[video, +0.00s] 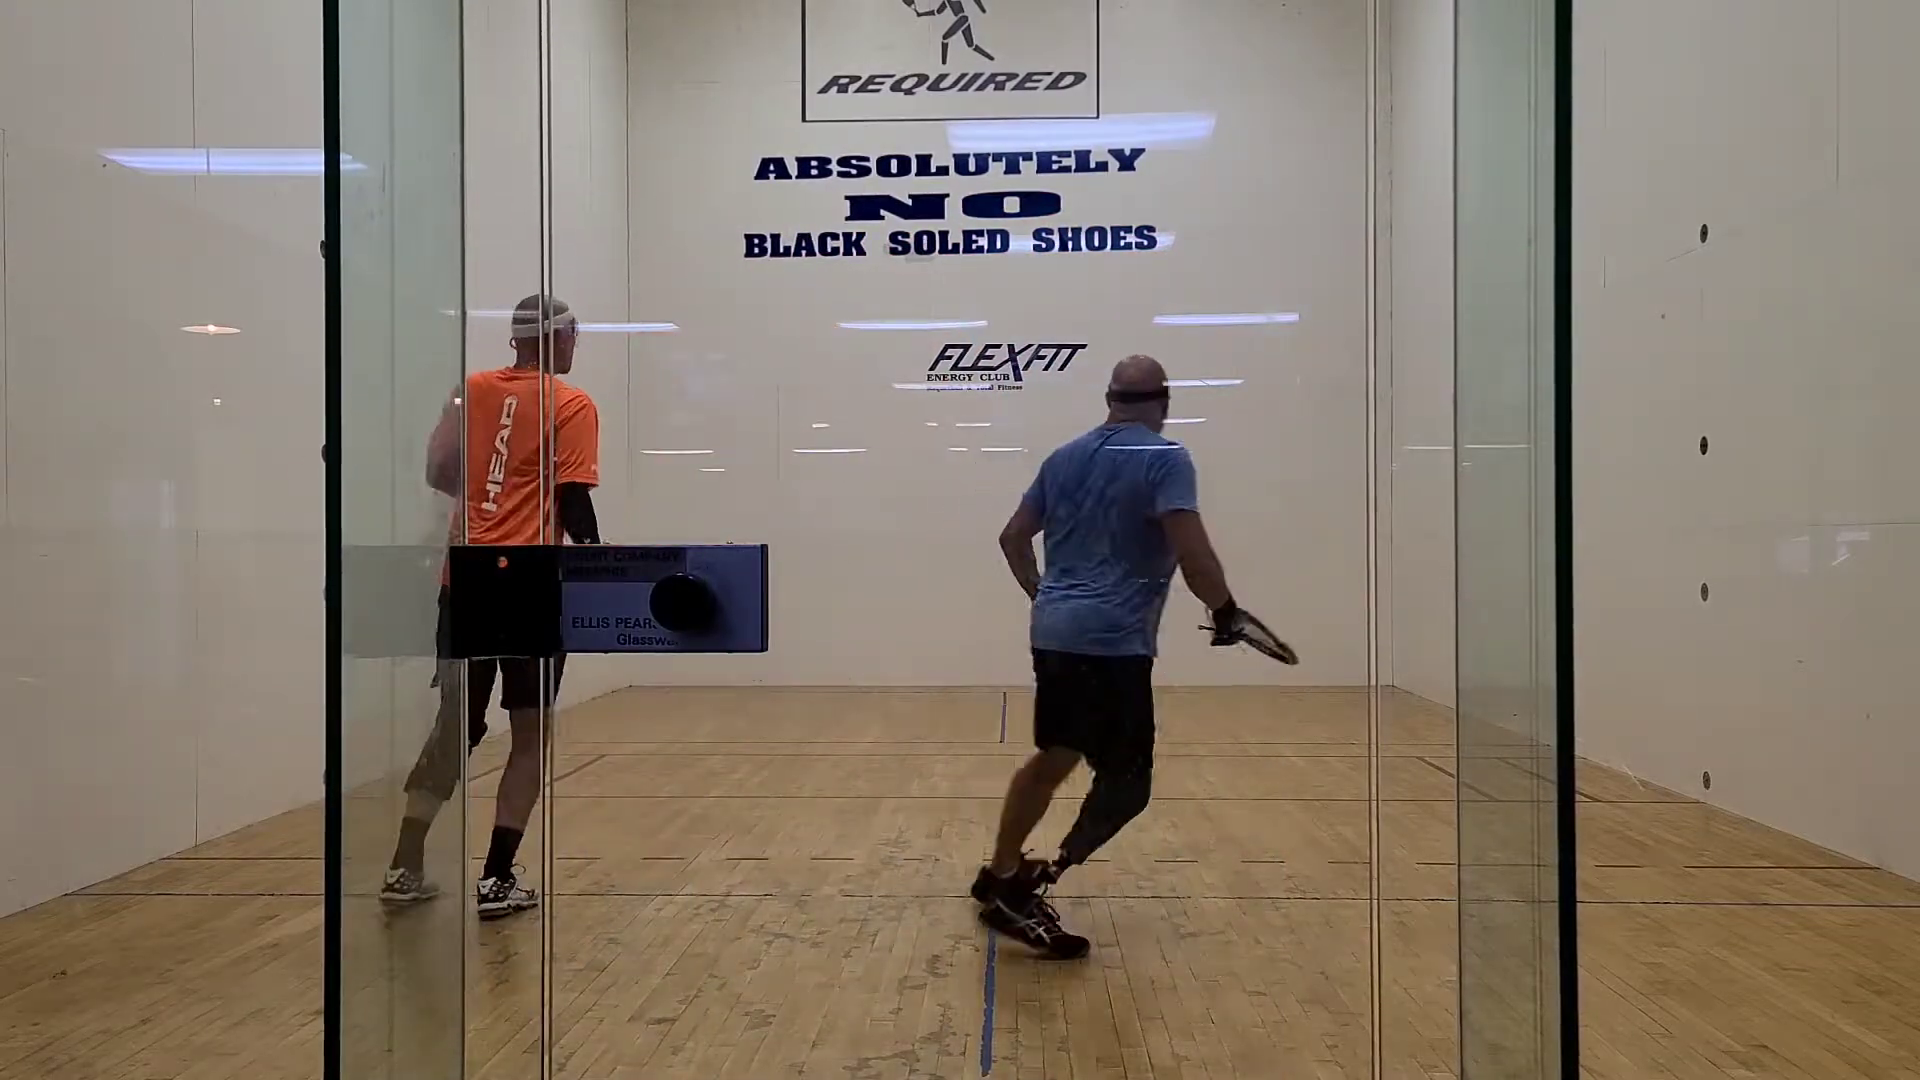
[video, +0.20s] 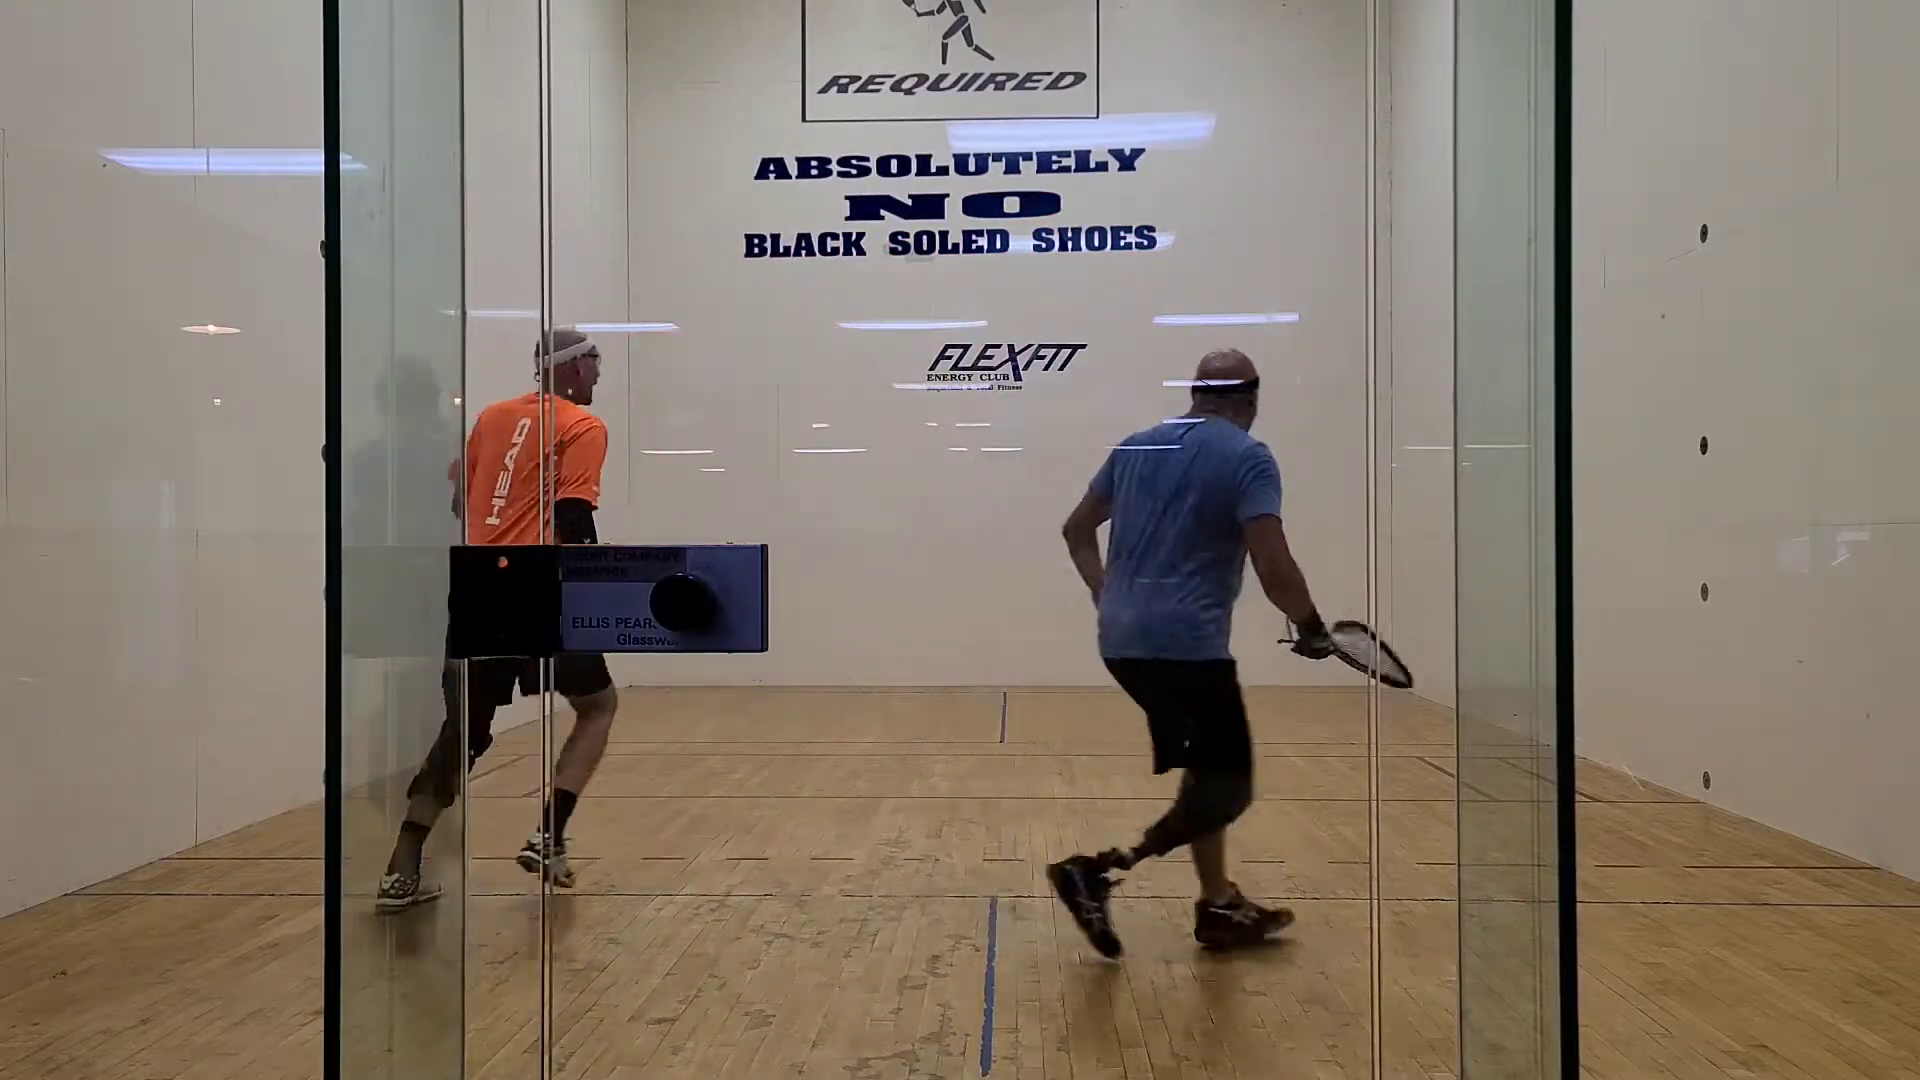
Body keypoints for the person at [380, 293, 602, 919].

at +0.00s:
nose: (575, 346)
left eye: (572, 335)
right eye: (572, 337)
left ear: (515, 339)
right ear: (561, 339)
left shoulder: (472, 390)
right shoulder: (573, 405)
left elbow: (439, 470)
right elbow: (572, 500)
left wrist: (495, 492)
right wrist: (601, 566)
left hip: (468, 578)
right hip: (537, 582)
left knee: (458, 725)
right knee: (529, 739)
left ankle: (405, 867)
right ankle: (497, 879)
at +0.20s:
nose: (598, 376)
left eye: (597, 365)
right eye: (595, 365)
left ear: (542, 368)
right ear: (573, 368)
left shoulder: (491, 416)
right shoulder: (584, 427)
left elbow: (459, 496)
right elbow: (572, 520)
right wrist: (599, 596)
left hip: (475, 595)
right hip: (540, 599)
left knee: (463, 731)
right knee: (597, 704)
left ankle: (402, 869)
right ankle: (550, 837)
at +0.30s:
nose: (632, 370)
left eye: (630, 361)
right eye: (626, 361)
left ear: (579, 369)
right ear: (603, 367)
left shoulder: (526, 412)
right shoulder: (610, 424)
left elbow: (496, 475)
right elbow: (594, 511)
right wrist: (621, 589)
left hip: (488, 587)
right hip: (553, 592)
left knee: (473, 725)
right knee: (627, 696)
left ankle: (404, 866)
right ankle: (610, 842)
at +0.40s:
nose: (671, 376)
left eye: (669, 366)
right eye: (664, 366)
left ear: (619, 375)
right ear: (636, 373)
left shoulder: (570, 415)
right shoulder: (643, 426)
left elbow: (545, 506)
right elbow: (626, 514)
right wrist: (658, 595)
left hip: (517, 582)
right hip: (581, 586)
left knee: (489, 726)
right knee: (652, 700)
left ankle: (409, 858)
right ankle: (663, 848)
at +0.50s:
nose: (713, 377)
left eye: (709, 367)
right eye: (705, 368)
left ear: (661, 378)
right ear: (674, 376)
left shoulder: (614, 418)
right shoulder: (679, 431)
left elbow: (593, 510)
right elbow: (661, 521)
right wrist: (696, 596)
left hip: (567, 591)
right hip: (624, 597)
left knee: (526, 723)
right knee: (683, 710)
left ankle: (429, 839)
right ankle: (669, 853)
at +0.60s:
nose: (744, 372)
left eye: (742, 363)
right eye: (737, 363)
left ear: (693, 370)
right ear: (706, 368)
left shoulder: (649, 412)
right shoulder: (708, 422)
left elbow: (631, 501)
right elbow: (694, 510)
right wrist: (726, 586)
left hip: (601, 589)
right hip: (656, 592)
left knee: (595, 721)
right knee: (703, 707)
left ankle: (487, 809)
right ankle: (670, 853)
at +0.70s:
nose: (768, 353)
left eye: (764, 344)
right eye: (758, 344)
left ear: (718, 357)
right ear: (726, 354)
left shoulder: (679, 403)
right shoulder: (734, 411)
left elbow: (663, 489)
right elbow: (719, 495)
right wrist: (756, 563)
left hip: (640, 570)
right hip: (685, 576)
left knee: (666, 702)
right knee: (713, 705)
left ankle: (565, 801)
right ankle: (671, 851)